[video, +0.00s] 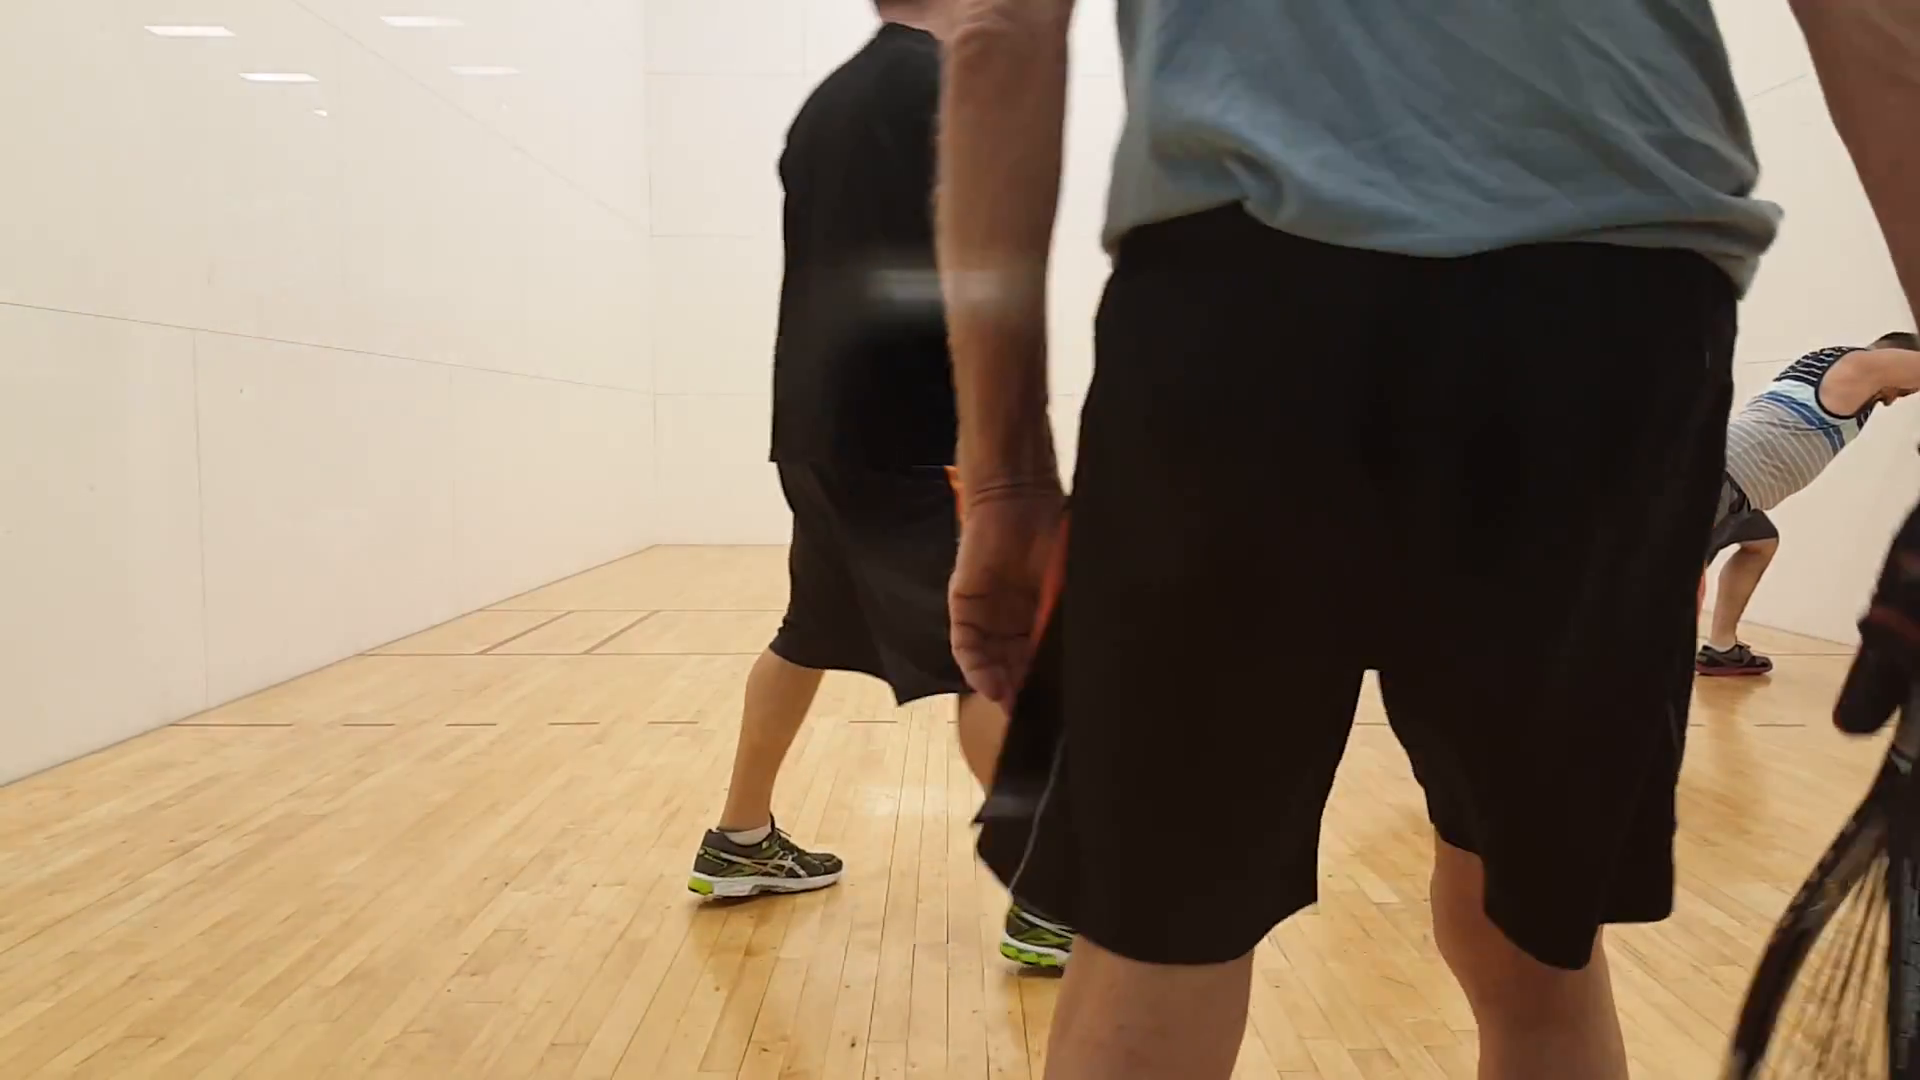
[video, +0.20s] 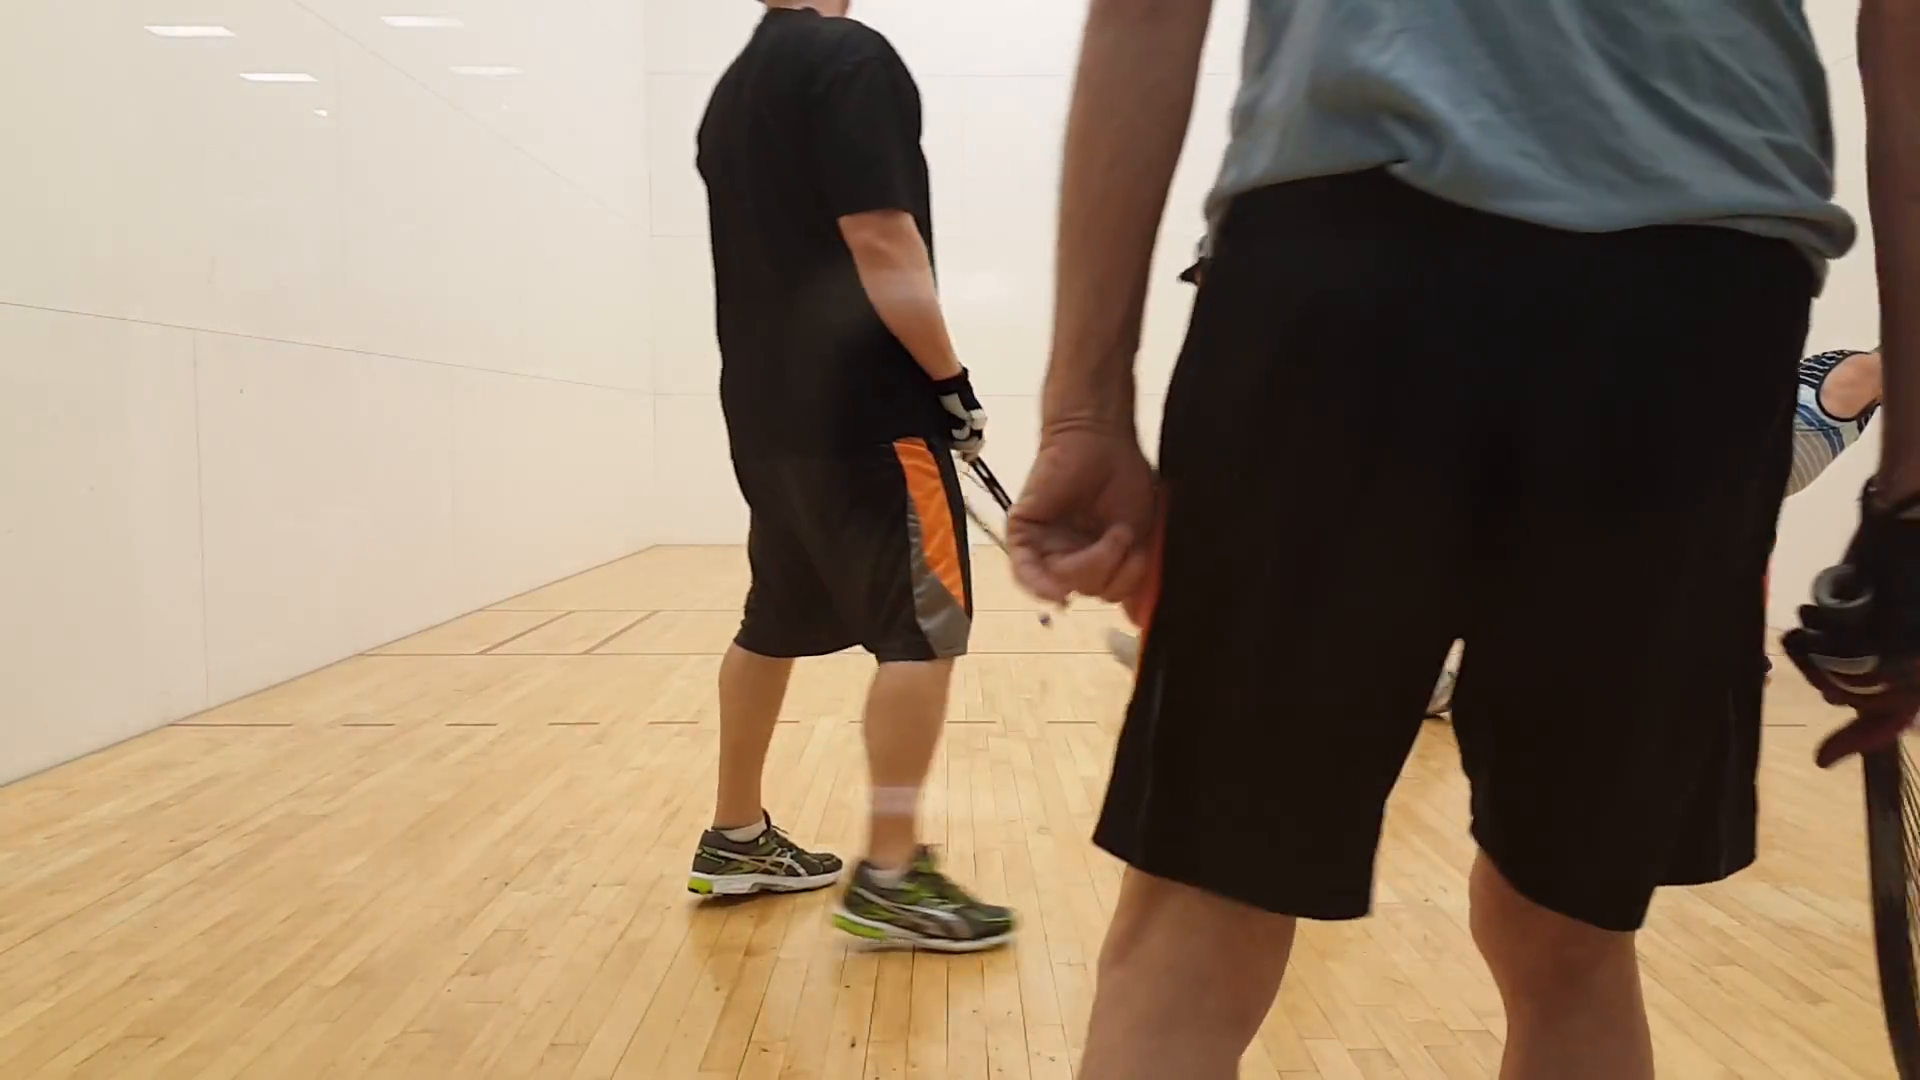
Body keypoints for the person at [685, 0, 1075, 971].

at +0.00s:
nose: (1001, 17)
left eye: (999, 13)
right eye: (993, 9)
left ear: (886, 2)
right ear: (954, 6)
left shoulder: (830, 99)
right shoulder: (959, 92)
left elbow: (810, 272)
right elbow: (980, 282)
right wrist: (988, 442)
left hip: (815, 433)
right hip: (915, 438)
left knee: (810, 623)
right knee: (987, 655)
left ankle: (740, 832)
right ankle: (1045, 895)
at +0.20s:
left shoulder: (734, 89)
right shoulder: (855, 59)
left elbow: (758, 271)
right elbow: (886, 254)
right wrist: (953, 387)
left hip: (768, 414)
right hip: (862, 411)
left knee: (776, 615)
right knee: (927, 621)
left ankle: (735, 836)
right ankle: (892, 873)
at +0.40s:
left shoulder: (654, 89)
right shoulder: (801, 60)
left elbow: (658, 272)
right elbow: (835, 244)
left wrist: (729, 376)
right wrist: (903, 382)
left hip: (712, 412)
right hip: (813, 406)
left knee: (739, 610)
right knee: (892, 612)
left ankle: (735, 835)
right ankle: (728, 799)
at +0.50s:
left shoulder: (613, 81)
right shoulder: (779, 52)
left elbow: (605, 270)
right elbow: (817, 242)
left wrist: (662, 381)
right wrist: (884, 380)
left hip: (677, 409)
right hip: (788, 402)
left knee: (721, 618)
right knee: (855, 618)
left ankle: (732, 835)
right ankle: (694, 813)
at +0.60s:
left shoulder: (578, 72)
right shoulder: (755, 53)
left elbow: (544, 258)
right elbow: (794, 242)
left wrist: (586, 387)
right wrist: (863, 384)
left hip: (635, 414)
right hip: (755, 411)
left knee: (695, 633)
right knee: (791, 639)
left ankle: (726, 839)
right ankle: (656, 867)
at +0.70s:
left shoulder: (540, 61)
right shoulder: (732, 47)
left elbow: (487, 243)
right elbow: (767, 238)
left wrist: (501, 379)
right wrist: (839, 393)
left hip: (597, 417)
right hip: (715, 415)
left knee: (678, 641)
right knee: (691, 659)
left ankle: (729, 838)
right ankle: (595, 914)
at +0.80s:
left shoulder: (503, 39)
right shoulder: (705, 33)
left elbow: (426, 217)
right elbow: (738, 219)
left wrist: (404, 363)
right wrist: (807, 385)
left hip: (549, 403)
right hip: (678, 407)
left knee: (634, 634)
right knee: (635, 663)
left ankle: (699, 833)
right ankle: (585, 929)